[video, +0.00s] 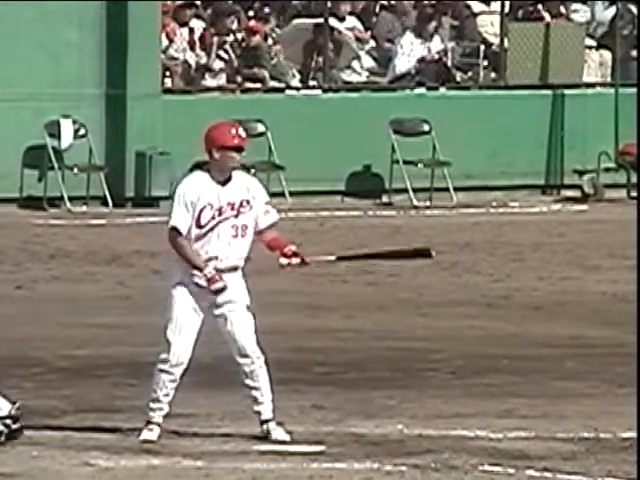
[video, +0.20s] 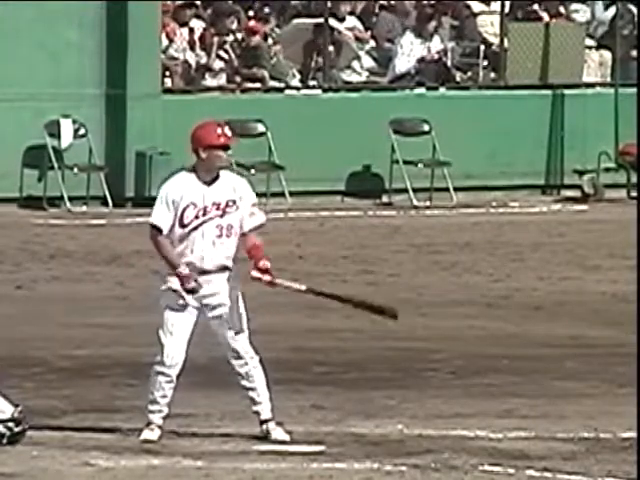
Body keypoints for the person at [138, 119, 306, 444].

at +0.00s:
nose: (238, 155)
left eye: (239, 150)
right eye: (232, 150)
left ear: (239, 152)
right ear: (213, 153)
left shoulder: (248, 184)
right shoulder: (191, 186)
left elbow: (266, 229)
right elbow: (176, 235)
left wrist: (284, 249)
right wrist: (202, 267)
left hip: (232, 280)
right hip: (192, 280)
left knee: (248, 351)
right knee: (176, 354)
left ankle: (268, 420)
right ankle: (154, 421)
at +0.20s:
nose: (227, 154)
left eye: (227, 148)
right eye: (220, 149)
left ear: (222, 151)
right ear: (202, 152)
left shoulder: (237, 185)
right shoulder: (175, 187)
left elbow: (247, 231)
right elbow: (157, 233)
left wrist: (259, 259)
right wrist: (179, 269)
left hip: (222, 281)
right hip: (182, 281)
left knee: (242, 353)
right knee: (169, 358)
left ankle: (267, 421)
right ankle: (154, 421)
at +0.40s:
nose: (218, 152)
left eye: (219, 146)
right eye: (211, 147)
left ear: (218, 149)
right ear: (193, 151)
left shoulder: (229, 184)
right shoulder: (167, 185)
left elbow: (232, 236)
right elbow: (147, 228)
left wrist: (221, 273)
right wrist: (161, 268)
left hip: (218, 277)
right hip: (178, 279)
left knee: (239, 350)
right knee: (167, 357)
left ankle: (267, 419)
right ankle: (154, 421)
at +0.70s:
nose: (222, 150)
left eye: (223, 145)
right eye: (215, 146)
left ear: (222, 147)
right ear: (196, 149)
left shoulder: (233, 183)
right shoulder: (169, 182)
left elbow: (227, 232)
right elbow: (154, 224)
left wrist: (193, 253)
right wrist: (162, 244)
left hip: (221, 277)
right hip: (184, 280)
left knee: (241, 351)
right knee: (169, 357)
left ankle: (267, 421)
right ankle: (154, 421)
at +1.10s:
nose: (225, 150)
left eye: (225, 144)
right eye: (218, 145)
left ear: (223, 147)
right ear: (199, 148)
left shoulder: (235, 180)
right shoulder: (175, 183)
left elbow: (248, 225)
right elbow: (162, 233)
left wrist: (221, 217)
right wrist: (187, 212)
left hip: (224, 276)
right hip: (186, 277)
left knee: (243, 351)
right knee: (173, 356)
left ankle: (268, 421)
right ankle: (155, 421)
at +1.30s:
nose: (231, 151)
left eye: (231, 145)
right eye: (224, 146)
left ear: (227, 149)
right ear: (206, 151)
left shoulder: (236, 177)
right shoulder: (188, 186)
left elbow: (259, 220)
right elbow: (194, 234)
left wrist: (249, 213)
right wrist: (220, 217)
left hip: (228, 277)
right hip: (192, 279)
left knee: (245, 350)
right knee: (178, 354)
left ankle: (268, 421)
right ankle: (156, 421)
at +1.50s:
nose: (238, 155)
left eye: (239, 148)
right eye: (232, 149)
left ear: (230, 152)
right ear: (214, 153)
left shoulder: (237, 178)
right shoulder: (204, 189)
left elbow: (251, 210)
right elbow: (231, 240)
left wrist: (276, 213)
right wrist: (265, 221)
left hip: (229, 276)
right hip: (197, 279)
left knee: (247, 350)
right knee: (184, 355)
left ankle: (268, 420)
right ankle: (156, 422)